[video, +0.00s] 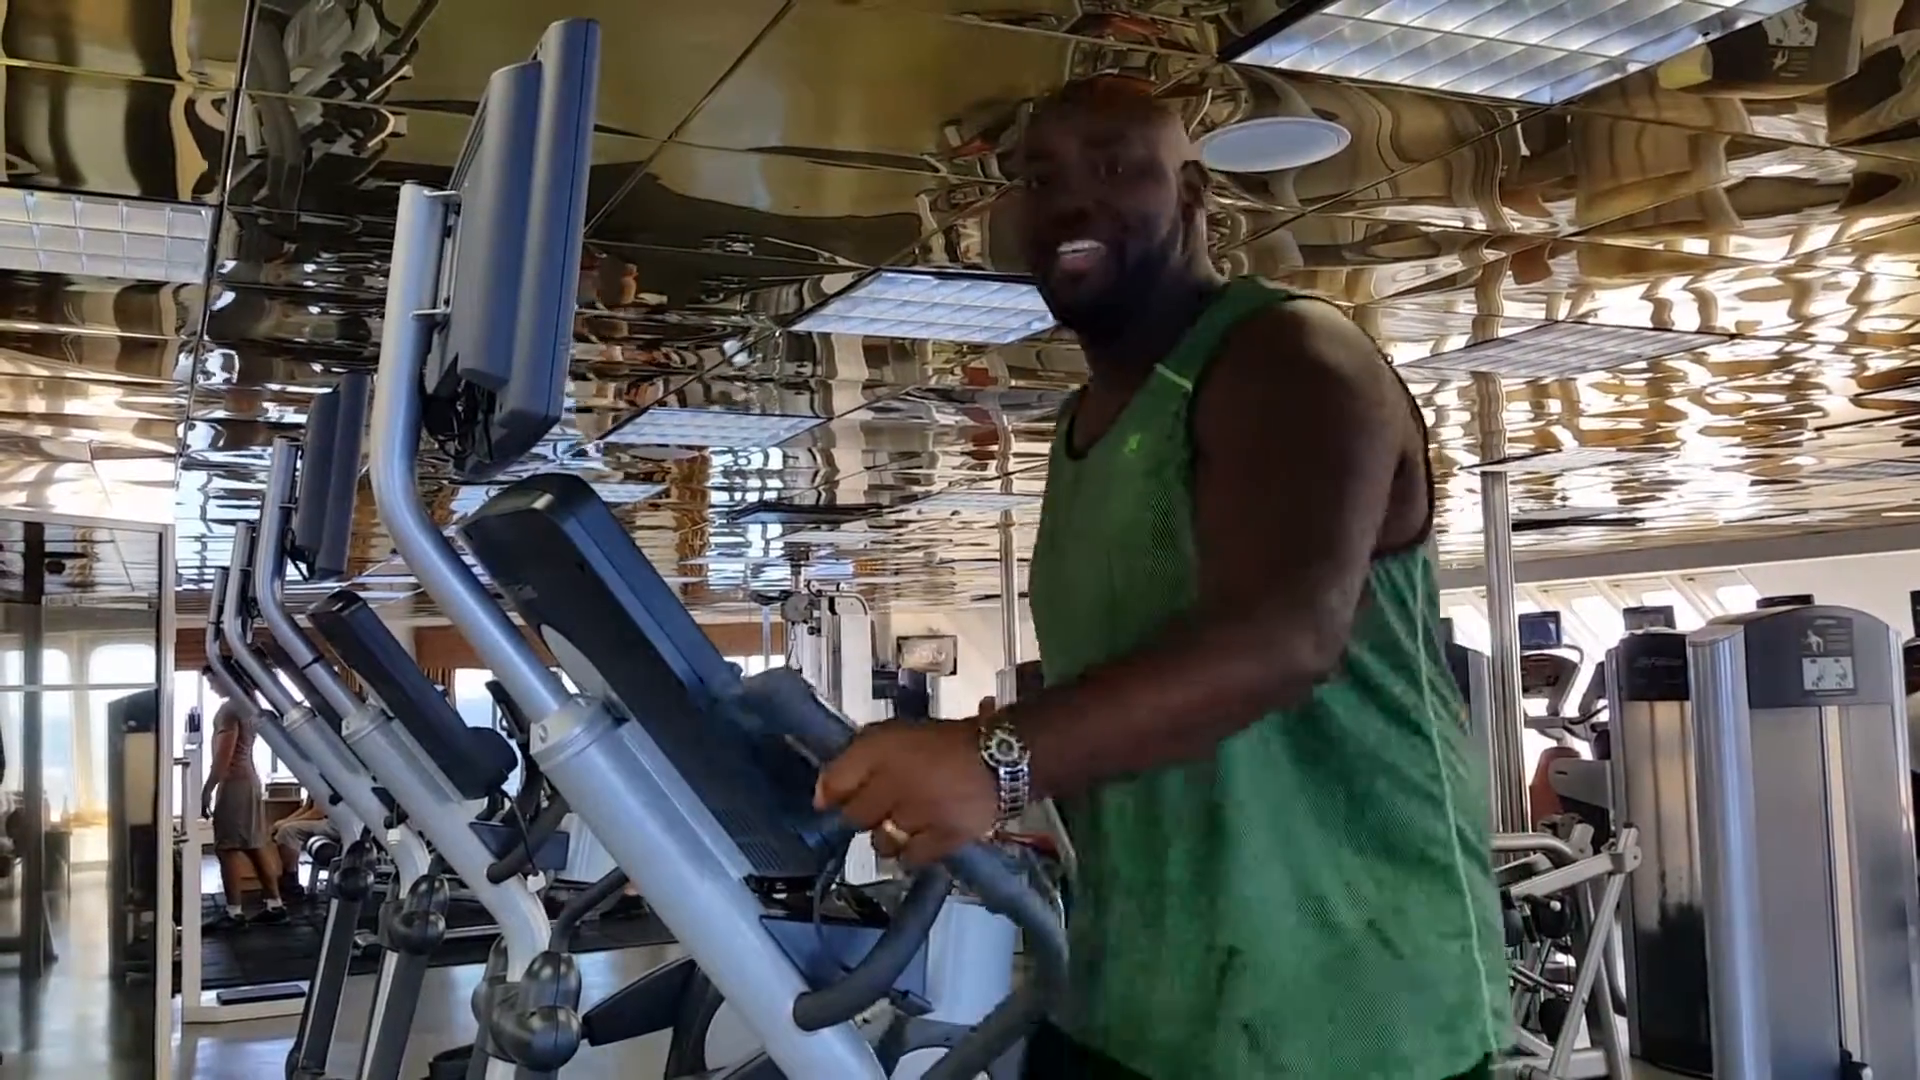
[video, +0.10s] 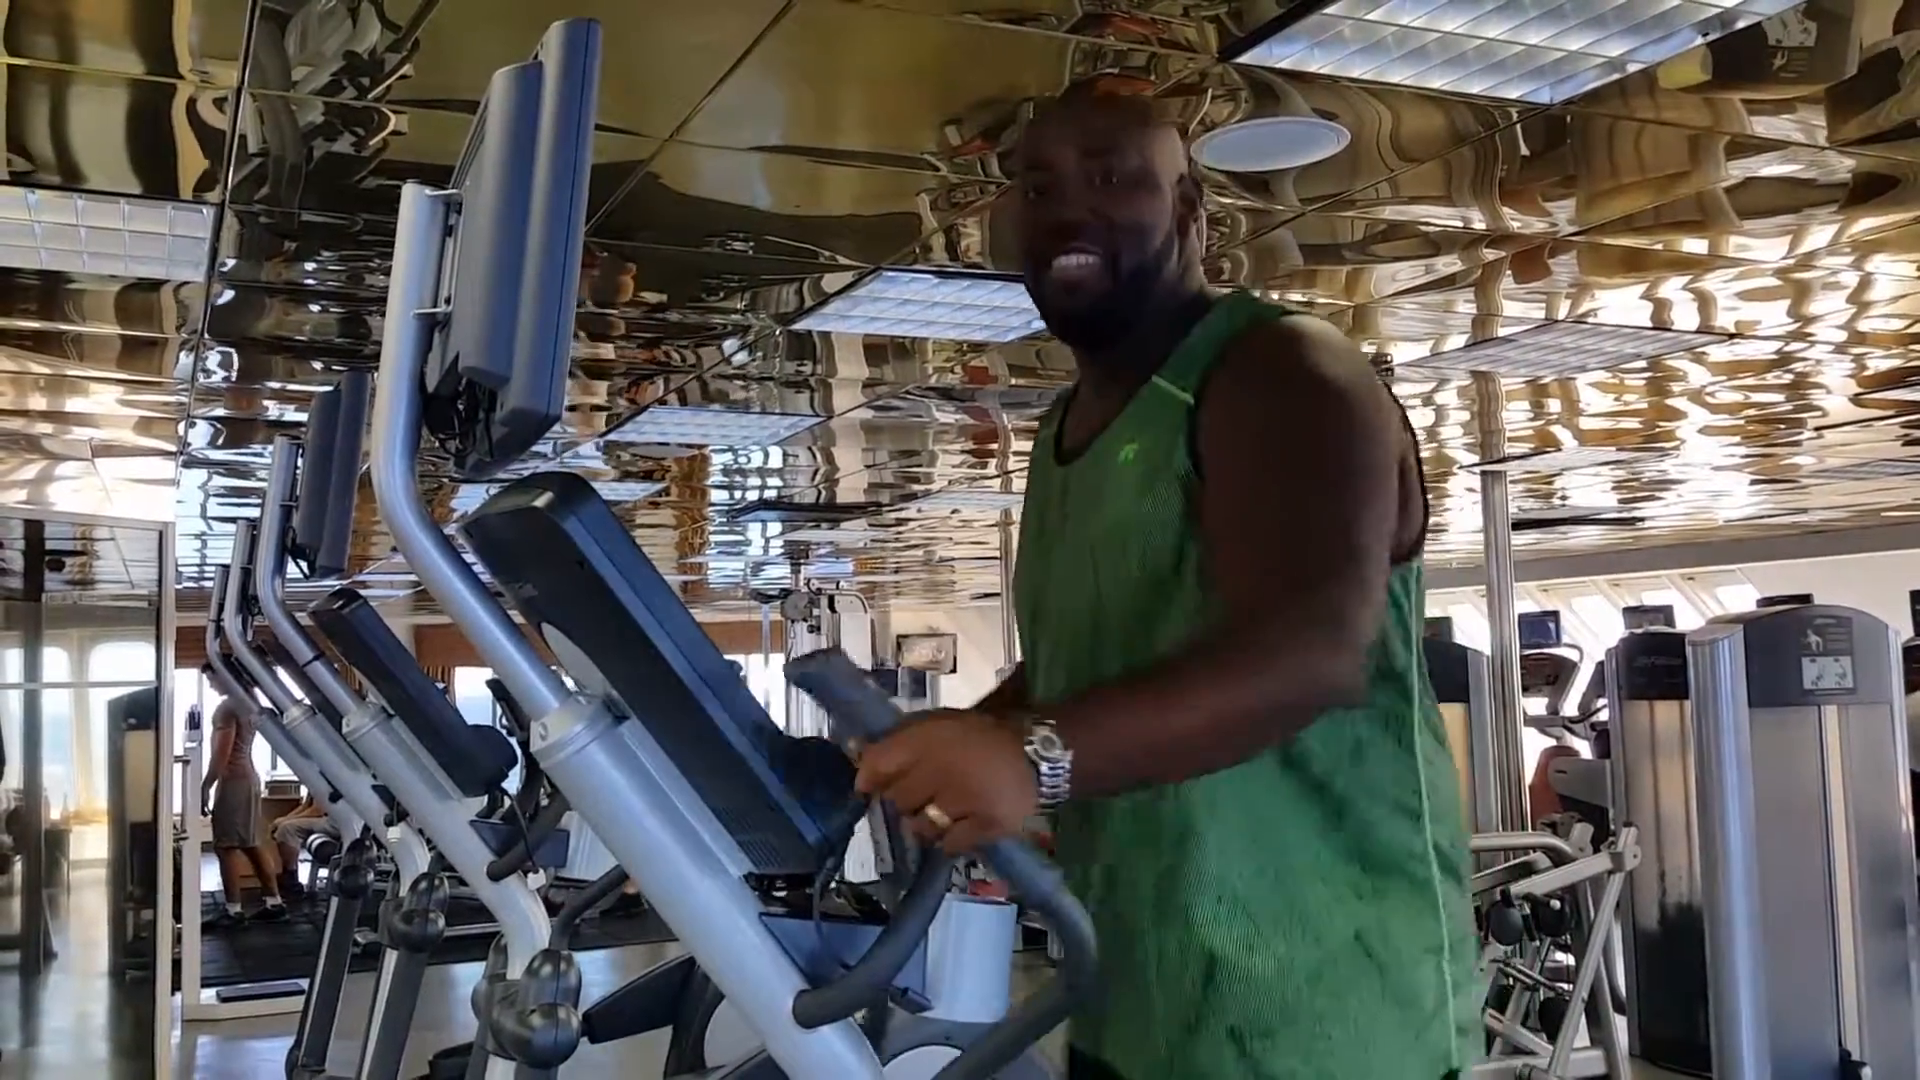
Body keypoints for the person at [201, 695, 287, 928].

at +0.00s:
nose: (209, 685)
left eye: (211, 678)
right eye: (207, 679)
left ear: (224, 677)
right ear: (233, 677)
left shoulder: (228, 710)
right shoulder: (248, 707)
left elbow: (224, 758)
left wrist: (207, 790)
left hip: (234, 785)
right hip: (251, 782)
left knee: (227, 848)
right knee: (256, 844)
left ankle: (234, 910)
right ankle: (275, 904)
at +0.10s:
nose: (210, 685)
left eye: (210, 678)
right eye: (208, 680)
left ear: (222, 676)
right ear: (232, 677)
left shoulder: (226, 709)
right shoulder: (248, 704)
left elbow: (222, 754)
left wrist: (205, 786)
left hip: (233, 782)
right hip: (251, 780)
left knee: (225, 845)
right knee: (250, 842)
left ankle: (233, 908)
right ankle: (274, 901)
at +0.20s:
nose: (209, 682)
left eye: (210, 676)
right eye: (207, 677)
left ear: (221, 674)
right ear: (230, 675)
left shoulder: (227, 707)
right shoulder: (248, 702)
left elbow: (221, 754)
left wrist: (205, 786)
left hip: (233, 781)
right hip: (249, 779)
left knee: (226, 845)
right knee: (250, 842)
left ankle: (233, 907)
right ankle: (275, 900)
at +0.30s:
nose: (210, 681)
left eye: (212, 675)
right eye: (209, 676)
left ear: (224, 673)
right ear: (233, 673)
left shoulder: (229, 707)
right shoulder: (248, 702)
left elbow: (223, 753)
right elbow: (241, 749)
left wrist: (206, 786)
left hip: (234, 780)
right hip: (249, 778)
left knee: (227, 845)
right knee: (250, 842)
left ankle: (234, 907)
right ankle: (276, 898)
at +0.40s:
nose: (210, 683)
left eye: (211, 677)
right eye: (209, 678)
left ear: (223, 675)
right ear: (234, 674)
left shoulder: (228, 707)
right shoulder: (246, 704)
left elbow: (224, 753)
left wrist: (207, 788)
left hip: (233, 781)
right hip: (249, 779)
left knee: (226, 846)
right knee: (252, 844)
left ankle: (233, 908)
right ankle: (276, 900)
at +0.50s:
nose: (211, 681)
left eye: (213, 675)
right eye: (209, 676)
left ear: (226, 675)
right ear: (235, 675)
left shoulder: (230, 708)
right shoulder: (248, 705)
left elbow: (227, 753)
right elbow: (243, 752)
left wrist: (214, 788)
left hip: (233, 781)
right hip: (250, 779)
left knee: (229, 847)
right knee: (256, 842)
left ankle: (233, 909)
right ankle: (277, 901)